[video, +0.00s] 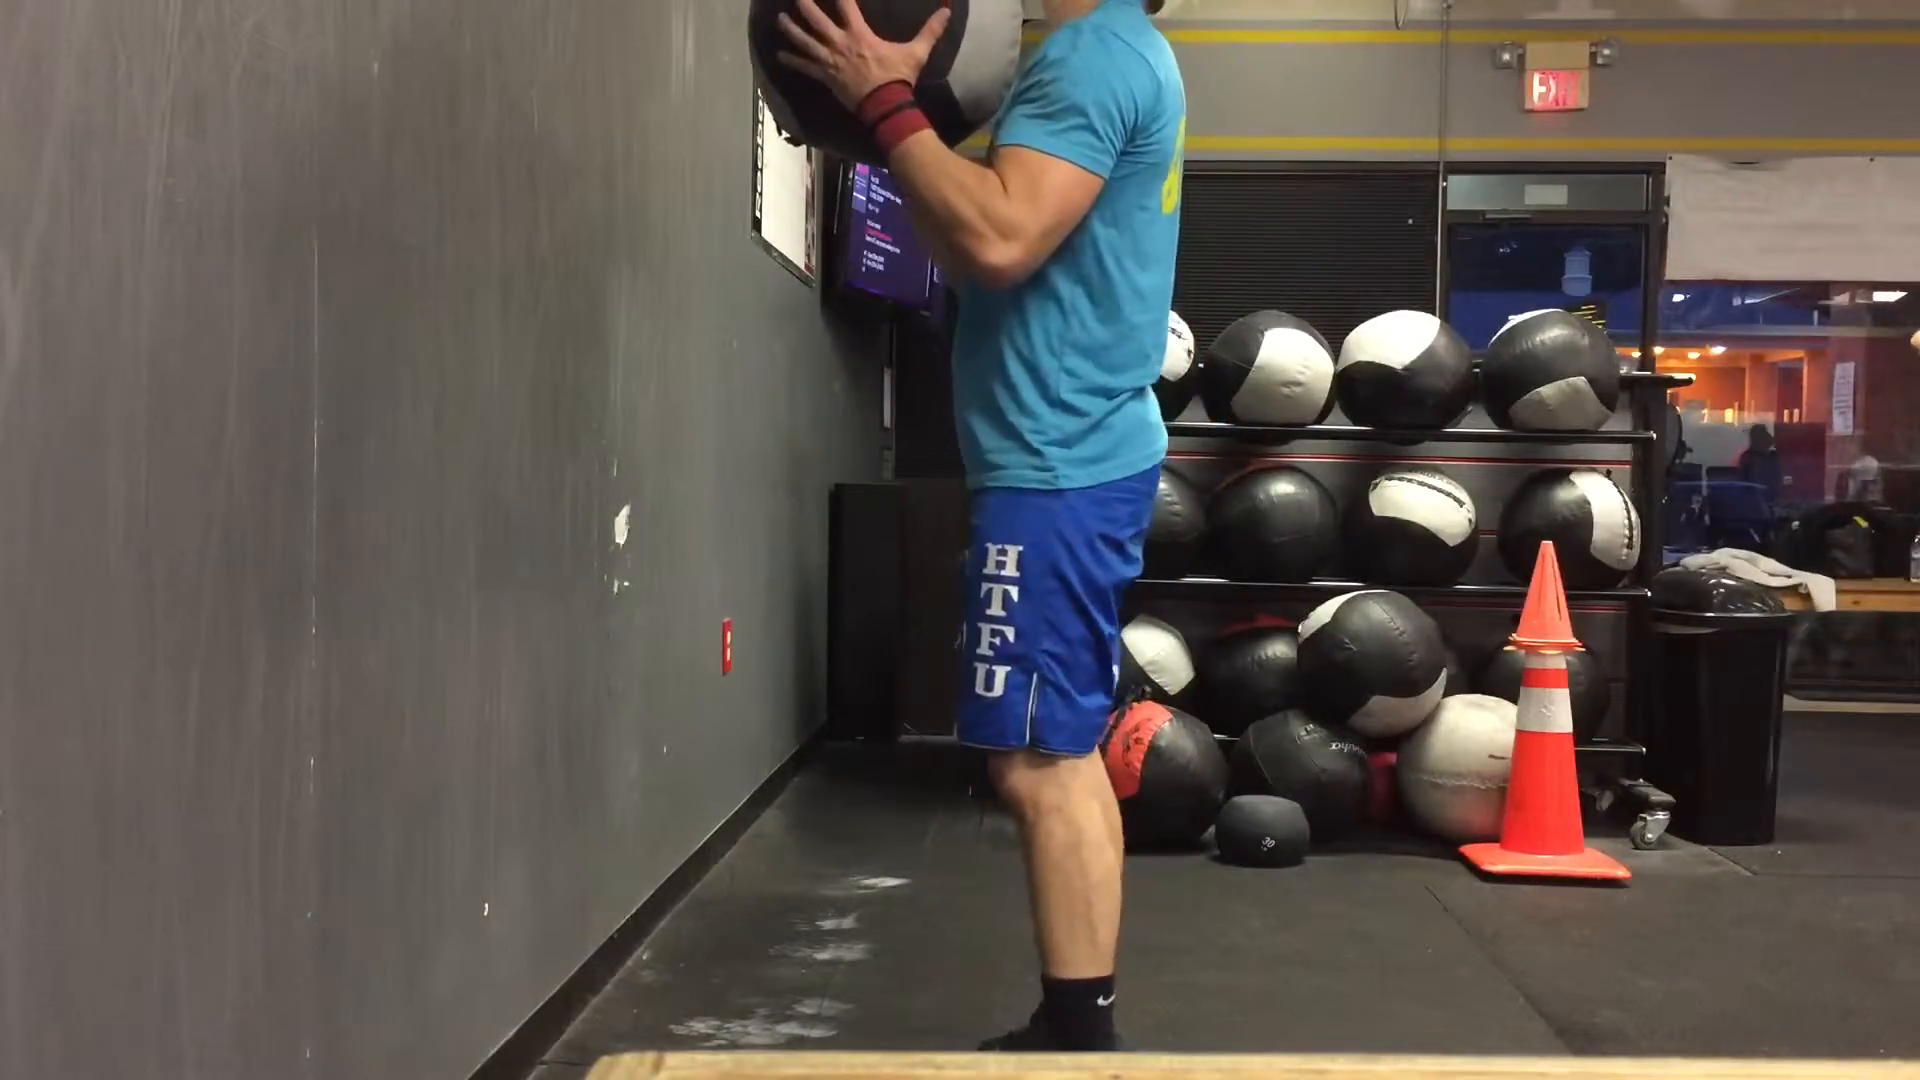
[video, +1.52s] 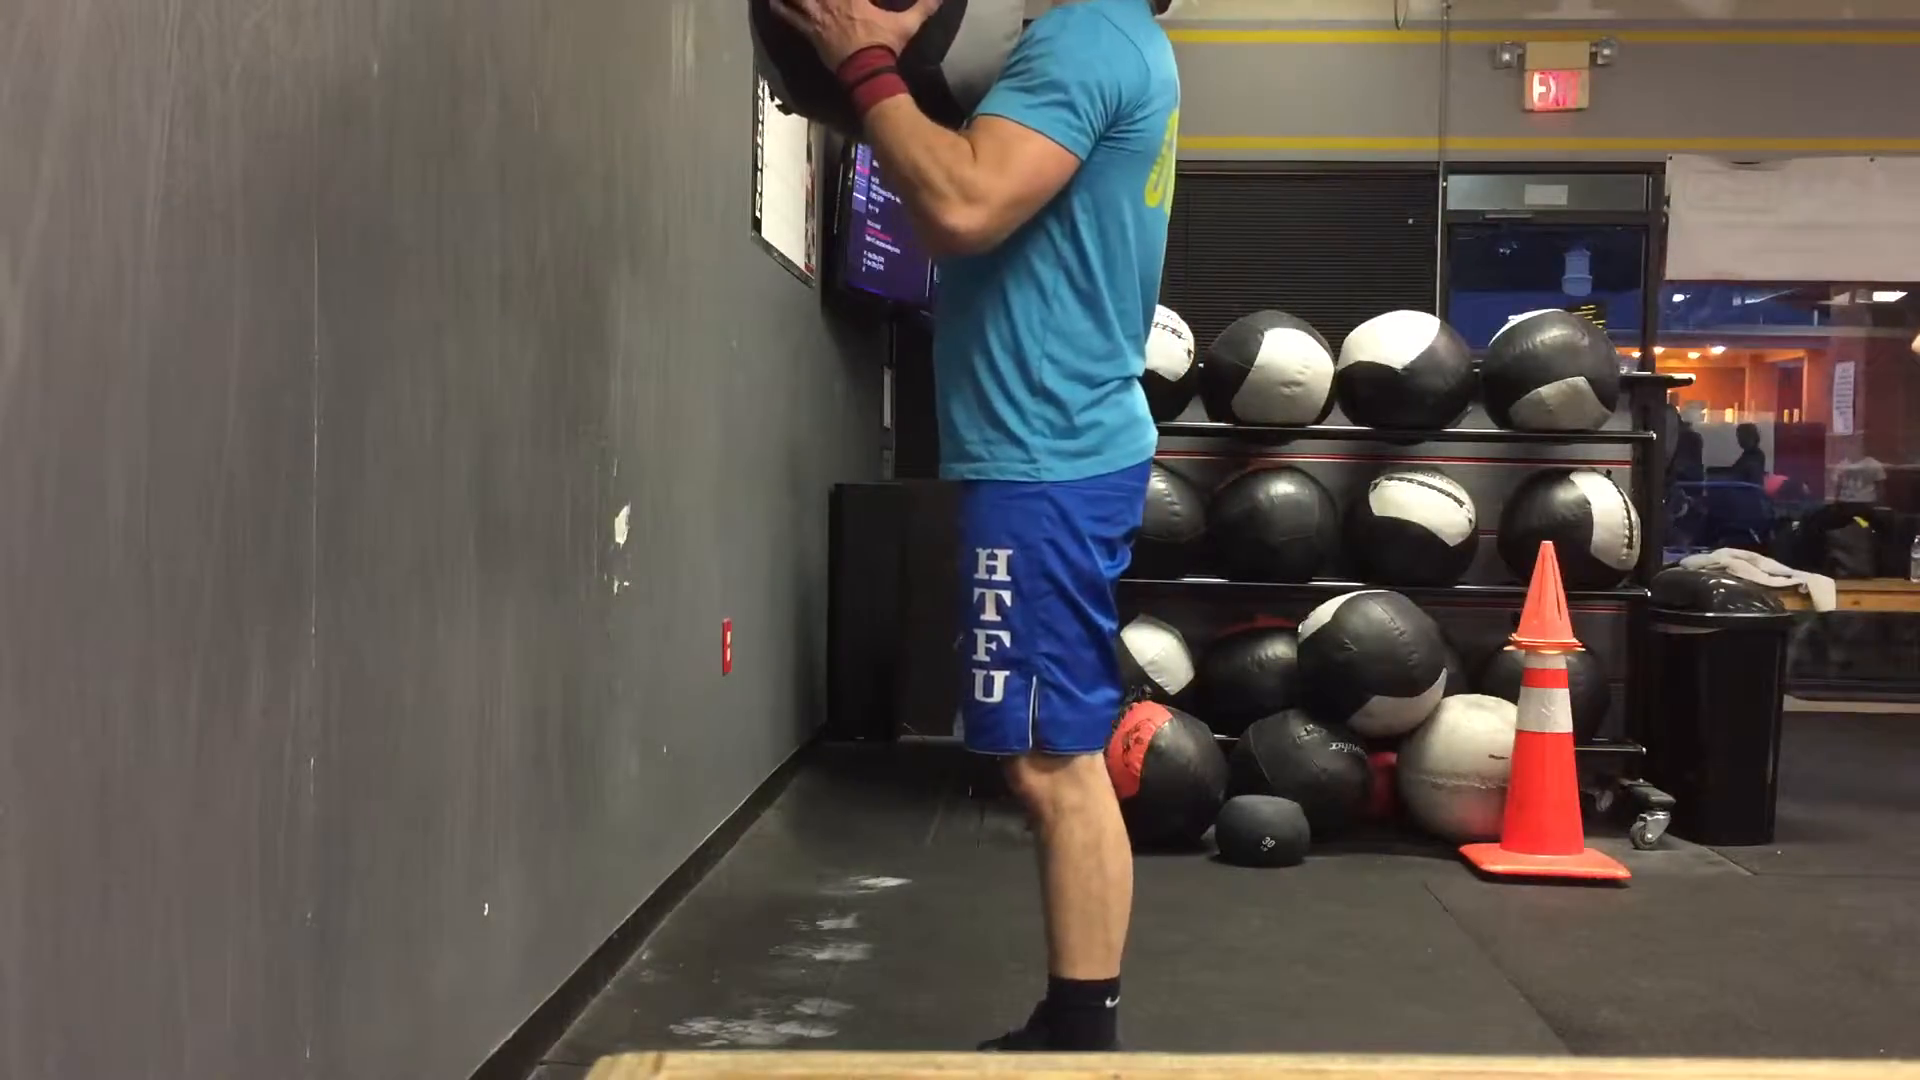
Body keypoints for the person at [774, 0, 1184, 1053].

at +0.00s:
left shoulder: (1099, 59)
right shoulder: (1090, 51)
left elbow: (999, 240)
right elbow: (987, 226)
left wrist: (885, 102)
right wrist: (898, 111)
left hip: (1058, 467)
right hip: (1067, 458)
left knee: (1037, 760)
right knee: (1061, 756)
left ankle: (1076, 1029)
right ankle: (1081, 1022)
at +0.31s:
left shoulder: (1098, 57)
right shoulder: (1074, 53)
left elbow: (992, 226)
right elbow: (953, 241)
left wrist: (882, 87)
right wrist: (892, 101)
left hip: (1043, 467)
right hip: (1033, 463)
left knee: (1040, 765)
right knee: (1046, 762)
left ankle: (1079, 1026)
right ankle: (1079, 1020)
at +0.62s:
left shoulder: (1081, 48)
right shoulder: (1088, 44)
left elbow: (956, 217)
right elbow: (960, 194)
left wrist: (860, 77)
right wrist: (876, 81)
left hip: (1020, 465)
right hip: (1029, 459)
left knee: (1027, 768)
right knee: (1040, 765)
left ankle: (1073, 1028)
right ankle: (1074, 1021)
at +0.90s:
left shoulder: (1073, 46)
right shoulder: (1095, 43)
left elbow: (942, 212)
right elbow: (953, 193)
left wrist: (859, 63)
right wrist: (876, 68)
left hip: (1022, 463)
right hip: (1034, 455)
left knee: (1035, 767)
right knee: (1041, 764)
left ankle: (1076, 1027)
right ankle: (1074, 1020)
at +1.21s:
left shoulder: (1082, 41)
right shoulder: (1099, 39)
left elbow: (954, 208)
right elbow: (963, 189)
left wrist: (863, 65)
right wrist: (880, 70)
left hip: (1031, 462)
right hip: (1042, 455)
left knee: (1041, 767)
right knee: (1053, 764)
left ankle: (1076, 1031)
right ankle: (1079, 1025)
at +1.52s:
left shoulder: (1089, 39)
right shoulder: (1098, 37)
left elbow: (963, 207)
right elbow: (964, 185)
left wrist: (870, 66)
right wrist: (881, 64)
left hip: (1048, 464)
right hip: (1045, 458)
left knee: (1056, 766)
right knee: (1056, 764)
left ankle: (1081, 1032)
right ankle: (1080, 1024)